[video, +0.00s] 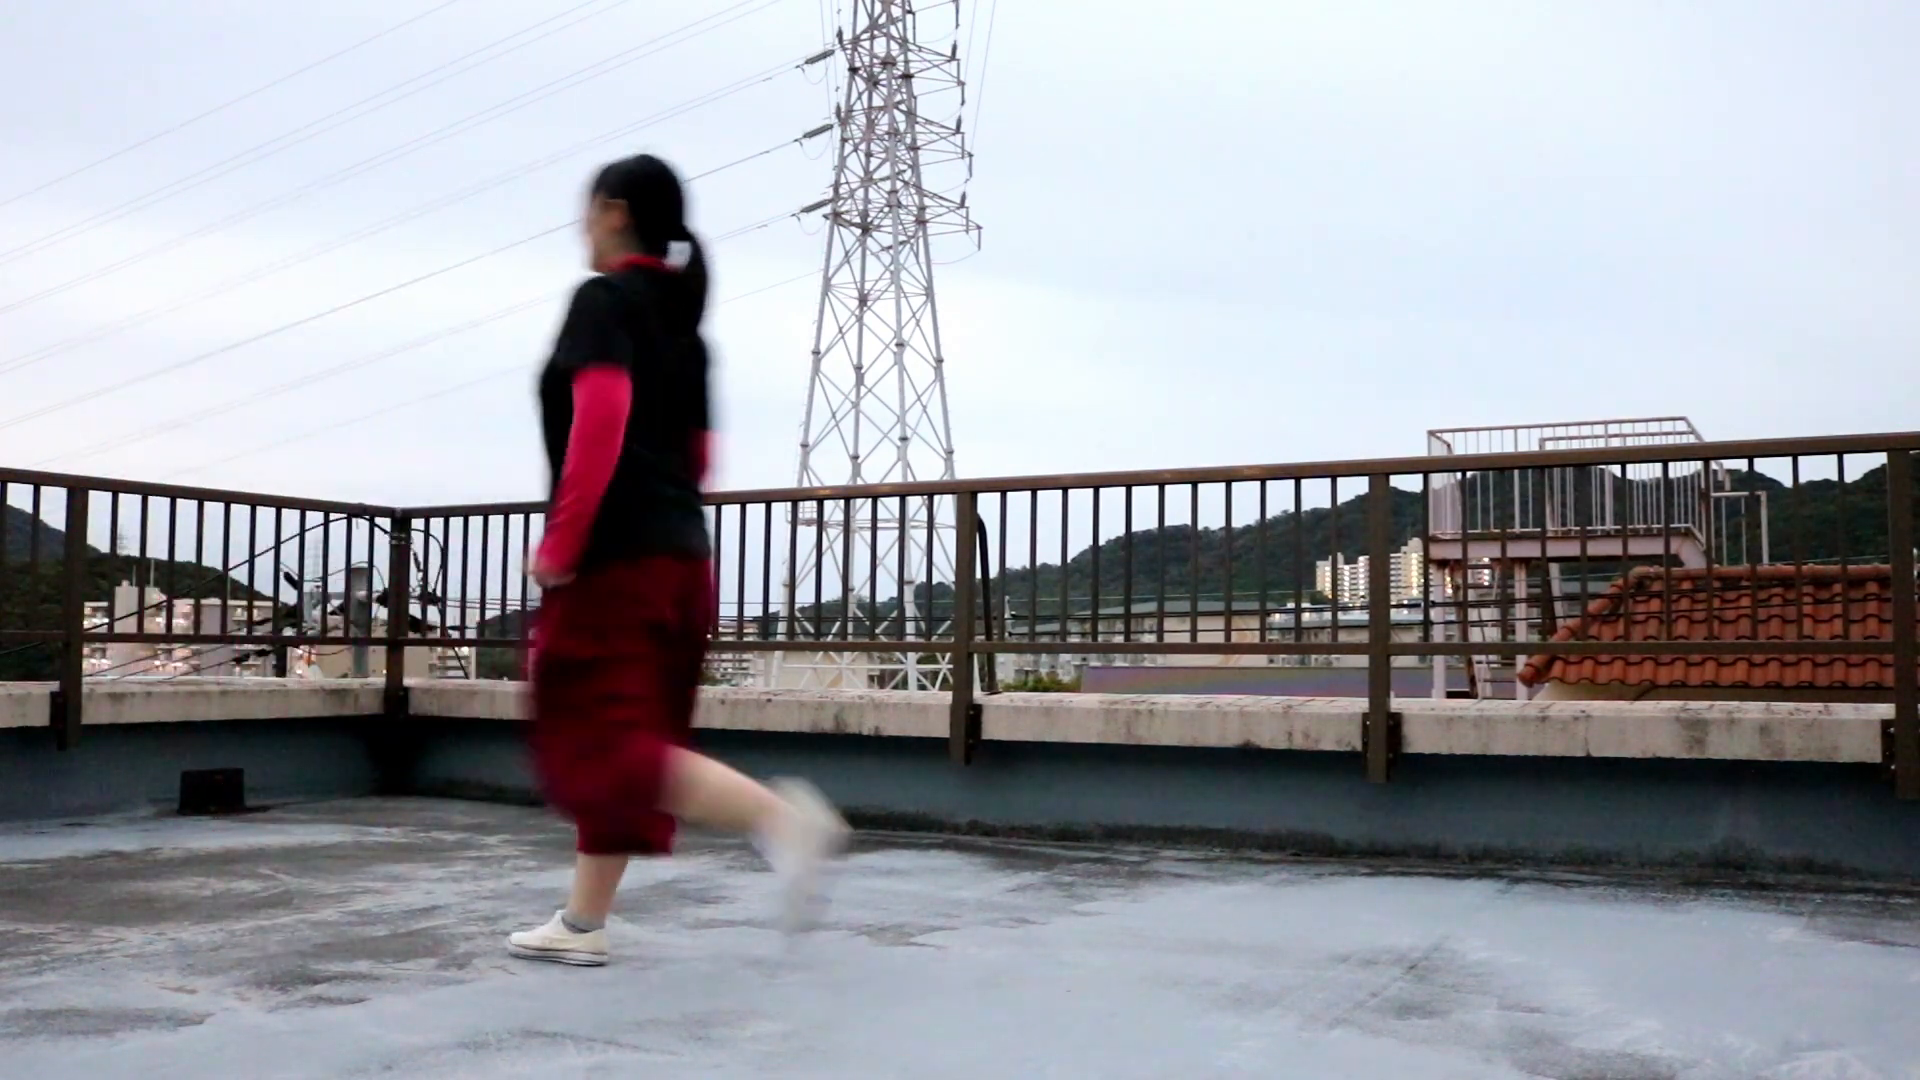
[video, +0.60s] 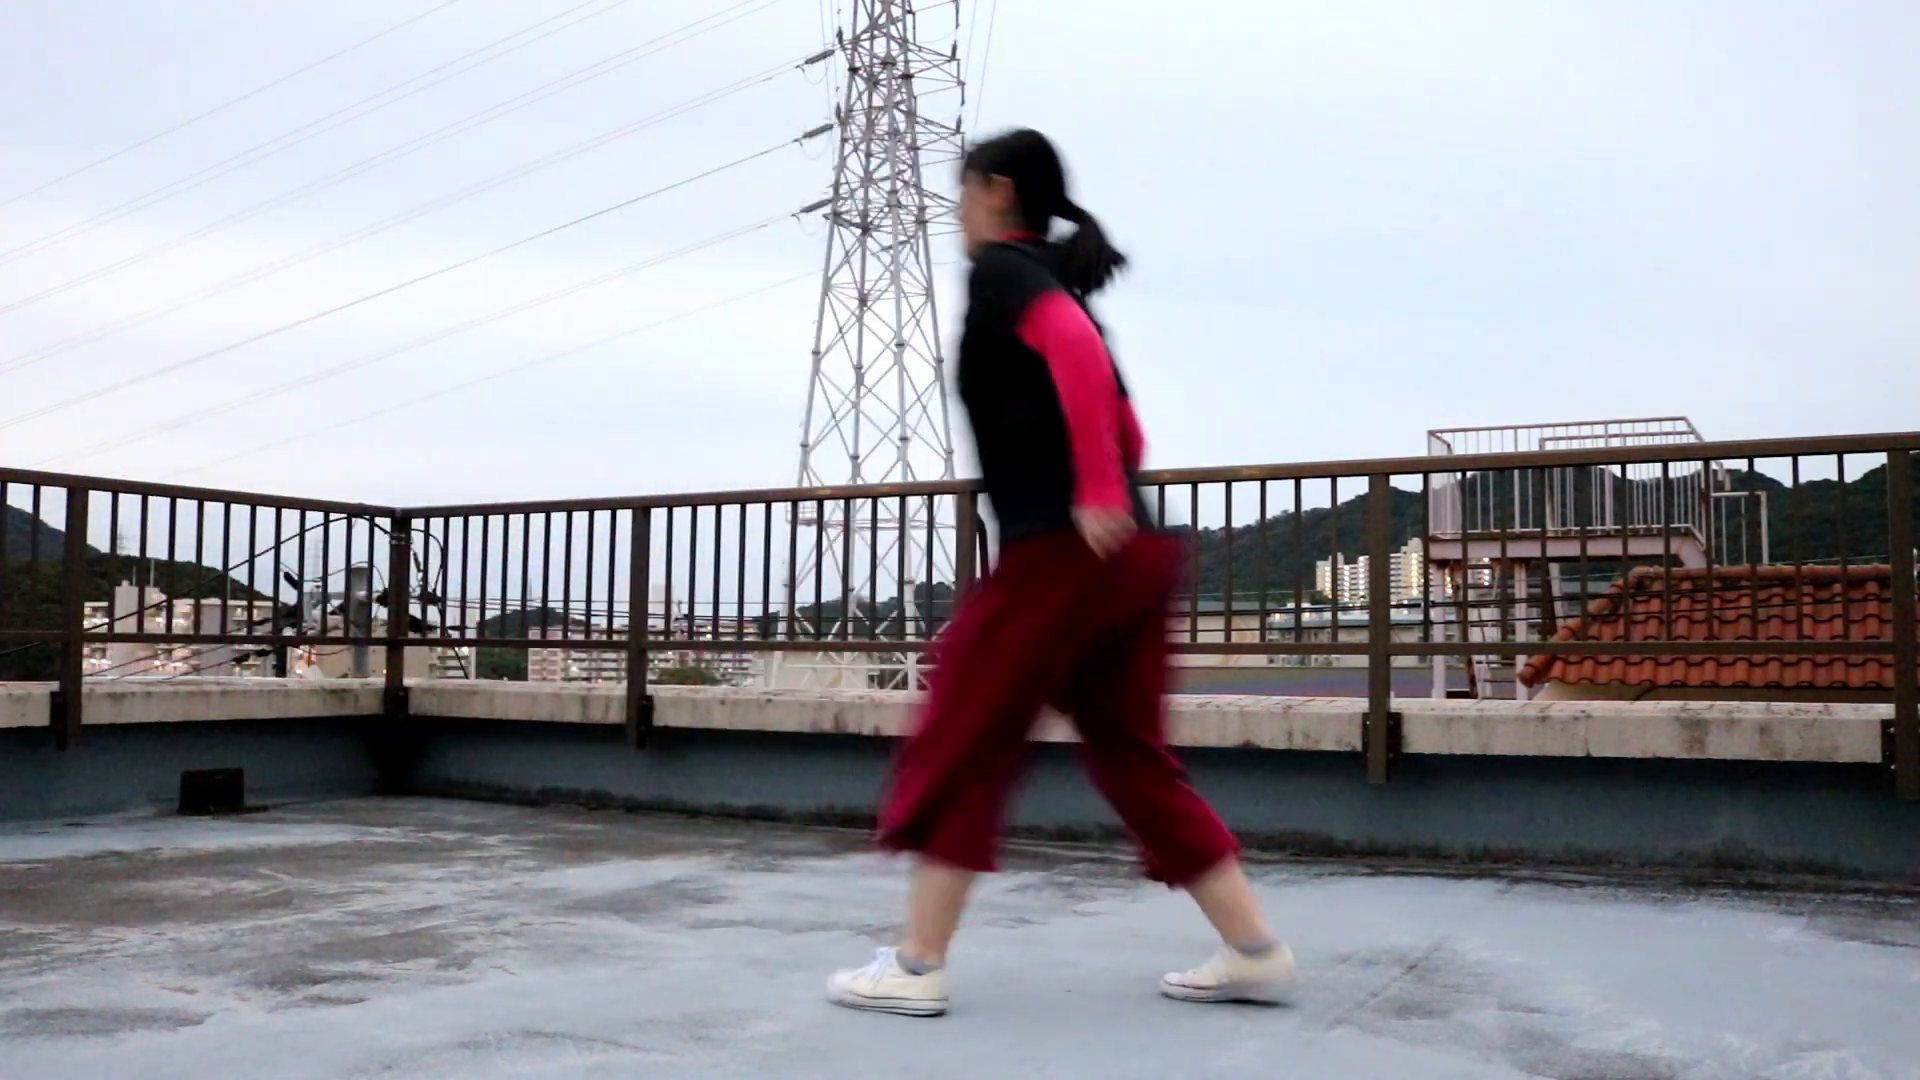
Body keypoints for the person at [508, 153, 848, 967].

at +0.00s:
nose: (585, 229)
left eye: (592, 215)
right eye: (589, 215)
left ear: (616, 219)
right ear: (658, 226)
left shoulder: (603, 300)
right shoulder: (679, 316)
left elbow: (601, 418)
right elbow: (696, 456)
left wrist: (560, 539)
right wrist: (627, 505)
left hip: (614, 559)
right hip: (677, 559)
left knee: (587, 741)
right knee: (626, 736)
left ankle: (781, 817)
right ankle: (583, 922)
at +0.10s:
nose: (645, 215)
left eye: (654, 202)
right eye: (652, 201)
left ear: (680, 212)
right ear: (724, 218)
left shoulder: (651, 295)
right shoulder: (750, 308)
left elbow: (582, 392)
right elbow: (812, 429)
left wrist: (529, 466)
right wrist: (853, 542)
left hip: (678, 555)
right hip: (740, 550)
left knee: (741, 737)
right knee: (639, 726)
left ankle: (870, 929)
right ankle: (585, 920)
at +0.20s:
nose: (705, 213)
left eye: (713, 199)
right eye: (710, 198)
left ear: (738, 207)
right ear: (781, 213)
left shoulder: (711, 286)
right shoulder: (814, 305)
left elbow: (581, 321)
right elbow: (918, 384)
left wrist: (555, 368)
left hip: (774, 563)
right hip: (832, 558)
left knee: (790, 751)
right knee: (698, 725)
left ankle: (888, 960)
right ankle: (650, 905)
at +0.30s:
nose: (768, 181)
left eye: (775, 166)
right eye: (772, 167)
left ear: (806, 169)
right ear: (843, 179)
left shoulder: (778, 249)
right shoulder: (869, 274)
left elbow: (670, 319)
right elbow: (961, 375)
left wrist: (580, 376)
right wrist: (1046, 467)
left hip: (847, 535)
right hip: (896, 530)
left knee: (843, 718)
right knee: (771, 688)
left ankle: (888, 953)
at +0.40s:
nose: (832, 152)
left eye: (839, 137)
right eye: (837, 136)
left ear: (869, 143)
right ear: (905, 149)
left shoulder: (848, 225)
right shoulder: (939, 240)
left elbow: (807, 324)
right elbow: (1006, 369)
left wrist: (743, 431)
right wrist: (1029, 488)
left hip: (899, 499)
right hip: (974, 497)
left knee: (859, 696)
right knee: (921, 699)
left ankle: (881, 933)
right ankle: (1034, 844)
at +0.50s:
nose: (889, 175)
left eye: (899, 161)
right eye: (895, 160)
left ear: (932, 169)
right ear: (962, 179)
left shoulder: (926, 249)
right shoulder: (998, 271)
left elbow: (975, 311)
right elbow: (1074, 394)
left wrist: (966, 462)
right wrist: (1042, 490)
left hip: (958, 531)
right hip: (1036, 531)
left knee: (884, 705)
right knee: (1034, 737)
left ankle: (909, 960)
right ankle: (1194, 890)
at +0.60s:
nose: (958, 205)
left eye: (967, 189)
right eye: (962, 190)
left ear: (1000, 194)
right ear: (1022, 200)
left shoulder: (1006, 271)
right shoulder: (1042, 281)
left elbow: (1079, 353)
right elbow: (1120, 423)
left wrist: (1097, 488)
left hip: (1055, 554)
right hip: (1116, 549)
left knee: (972, 735)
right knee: (1127, 748)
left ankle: (918, 963)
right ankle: (1253, 947)